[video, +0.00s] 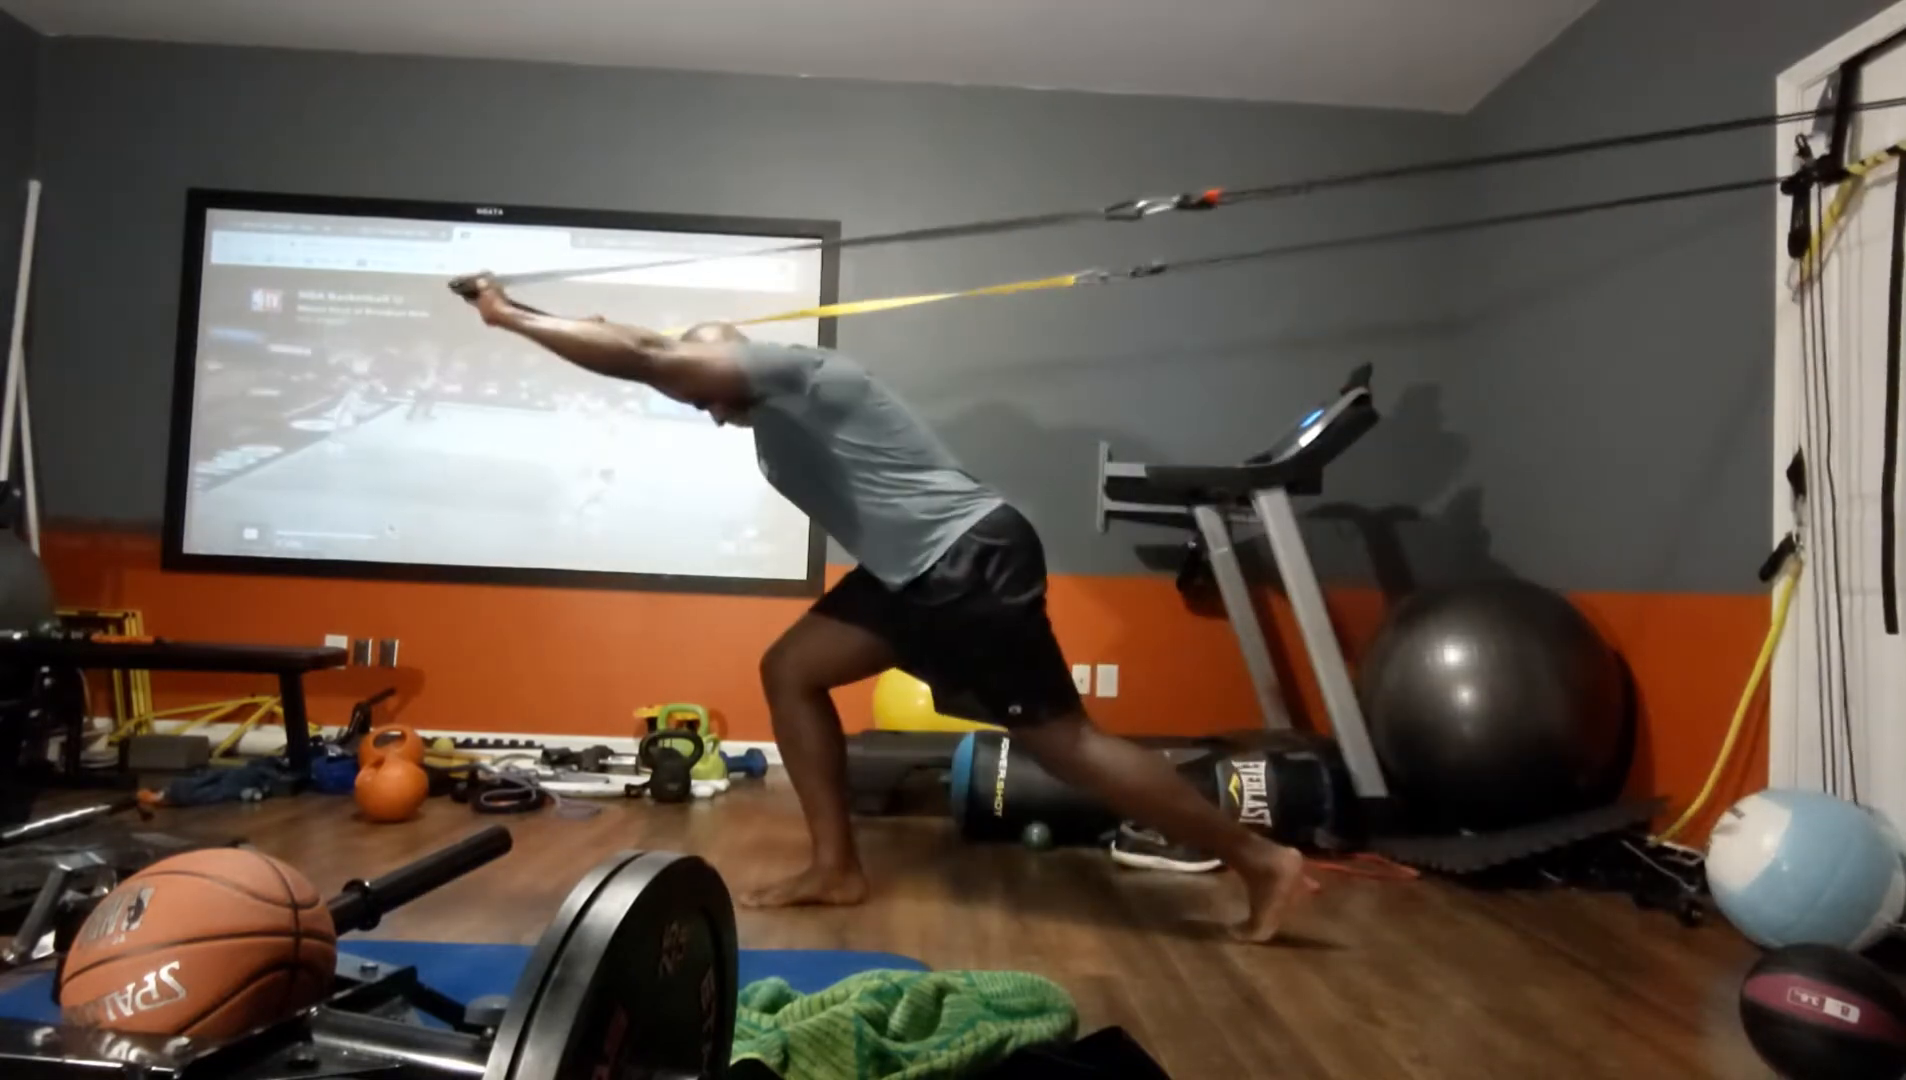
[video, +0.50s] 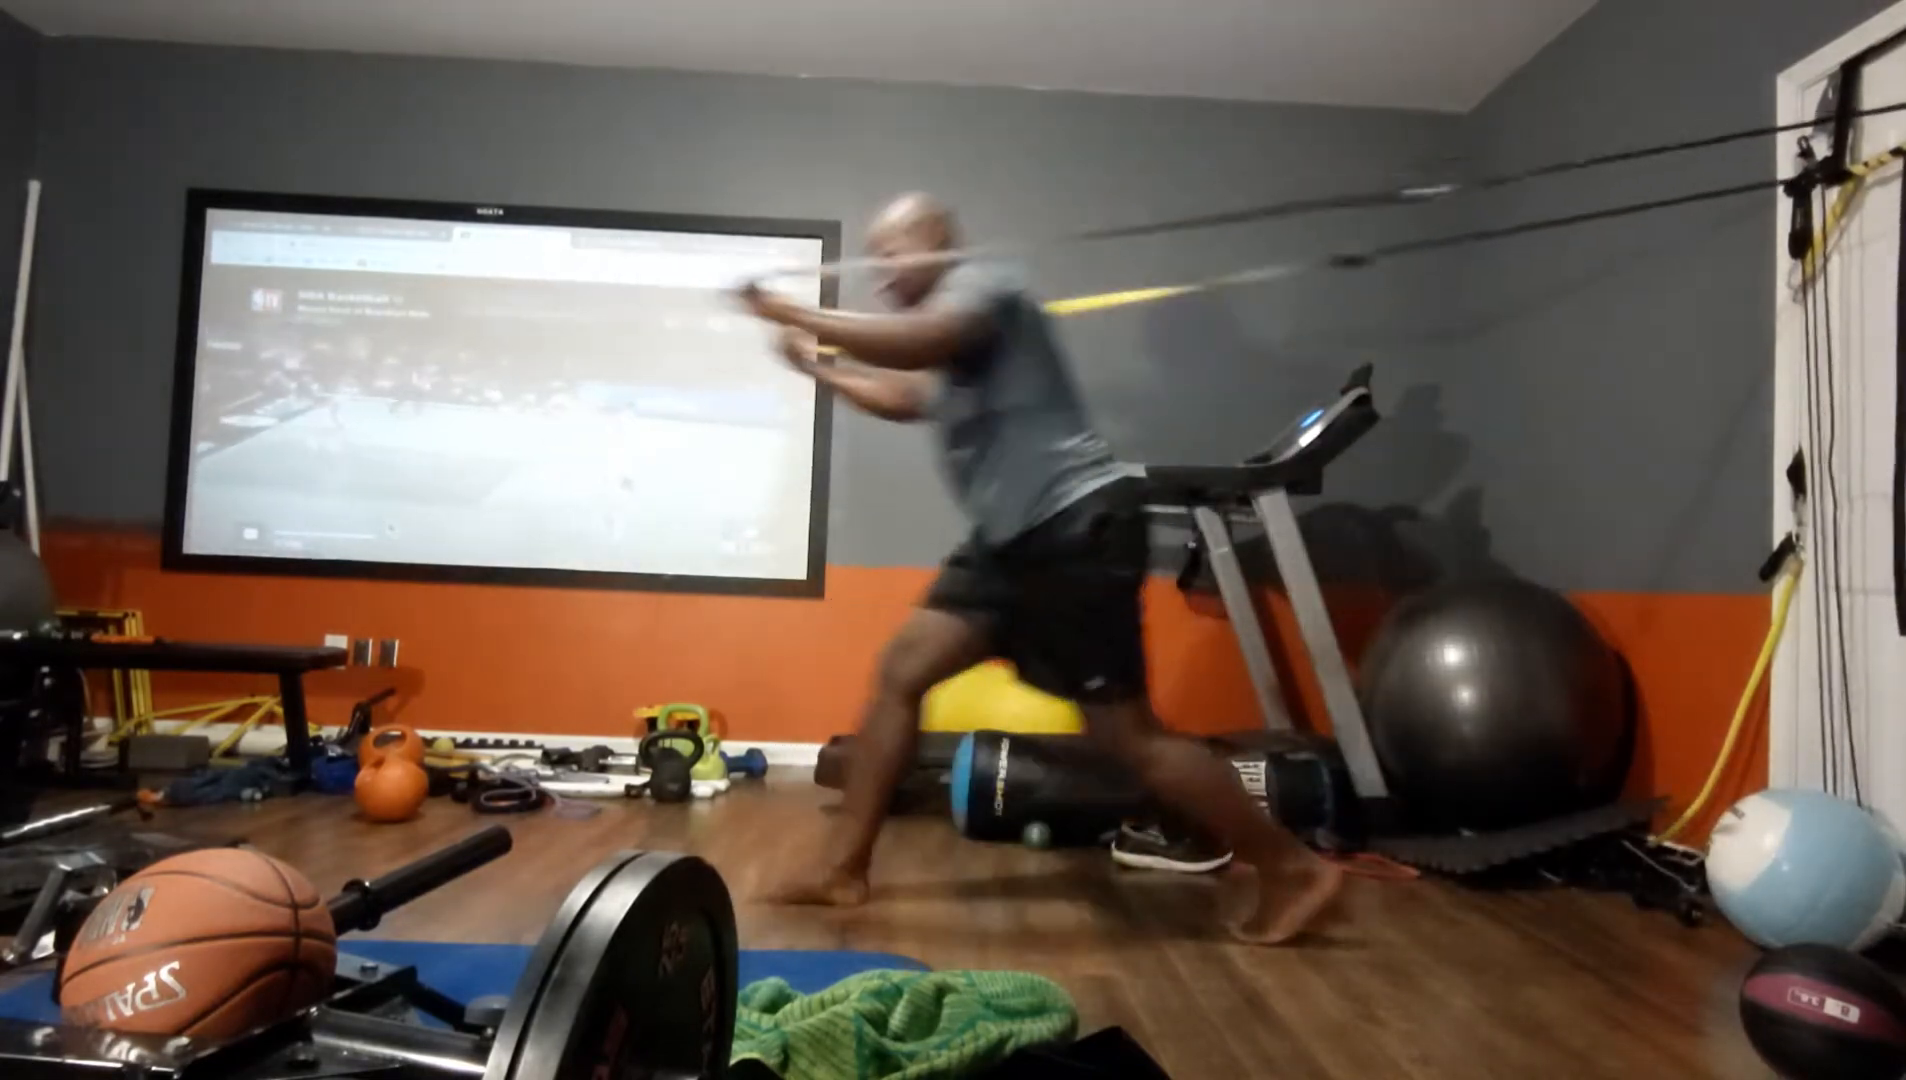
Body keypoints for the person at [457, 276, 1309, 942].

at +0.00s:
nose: (689, 394)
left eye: (691, 376)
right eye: (683, 384)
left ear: (731, 355)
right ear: (755, 366)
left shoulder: (789, 367)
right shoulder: (800, 413)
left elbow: (644, 357)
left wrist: (518, 321)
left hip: (970, 558)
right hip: (915, 569)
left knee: (1068, 746)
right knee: (790, 668)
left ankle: (1262, 859)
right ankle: (833, 868)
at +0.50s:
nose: (883, 270)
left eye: (895, 250)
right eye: (876, 258)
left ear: (940, 243)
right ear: (881, 262)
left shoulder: (988, 283)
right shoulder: (939, 343)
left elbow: (929, 338)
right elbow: (900, 398)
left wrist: (803, 317)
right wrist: (815, 363)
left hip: (1084, 523)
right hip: (1010, 542)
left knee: (1126, 736)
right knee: (903, 669)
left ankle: (1296, 872)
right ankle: (845, 871)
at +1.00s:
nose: (1093, 201)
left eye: (1106, 181)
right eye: (1092, 187)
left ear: (1159, 181)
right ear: (1131, 193)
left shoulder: (1218, 241)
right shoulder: (1154, 292)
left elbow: (1331, 313)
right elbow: (1192, 399)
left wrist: (1231, 350)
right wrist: (1114, 410)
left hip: (1272, 490)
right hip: (1215, 502)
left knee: (1251, 693)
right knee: (1204, 685)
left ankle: (1329, 887)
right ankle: (1333, 838)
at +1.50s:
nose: (1113, 202)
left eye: (1127, 185)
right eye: (1114, 187)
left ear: (1177, 188)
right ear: (1168, 192)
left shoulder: (1231, 246)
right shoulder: (1179, 288)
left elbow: (1338, 320)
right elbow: (1237, 402)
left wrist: (1246, 384)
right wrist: (1162, 424)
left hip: (1311, 495)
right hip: (1242, 511)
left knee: (1346, 693)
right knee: (1234, 690)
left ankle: (1459, 884)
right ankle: (1325, 869)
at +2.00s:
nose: (968, 262)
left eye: (974, 241)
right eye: (959, 250)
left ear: (1020, 223)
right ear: (969, 255)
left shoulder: (1076, 274)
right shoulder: (1027, 319)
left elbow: (1121, 361)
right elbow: (1040, 416)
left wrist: (1001, 356)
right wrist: (959, 396)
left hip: (1149, 504)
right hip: (1120, 514)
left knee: (1019, 665)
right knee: (1182, 725)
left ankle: (1125, 829)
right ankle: (1314, 854)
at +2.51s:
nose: (694, 390)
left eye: (694, 374)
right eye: (682, 383)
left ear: (732, 344)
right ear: (736, 367)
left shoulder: (802, 353)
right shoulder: (800, 414)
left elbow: (655, 338)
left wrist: (524, 288)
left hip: (980, 534)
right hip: (996, 544)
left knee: (822, 686)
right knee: (1091, 748)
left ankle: (888, 899)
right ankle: (1246, 843)